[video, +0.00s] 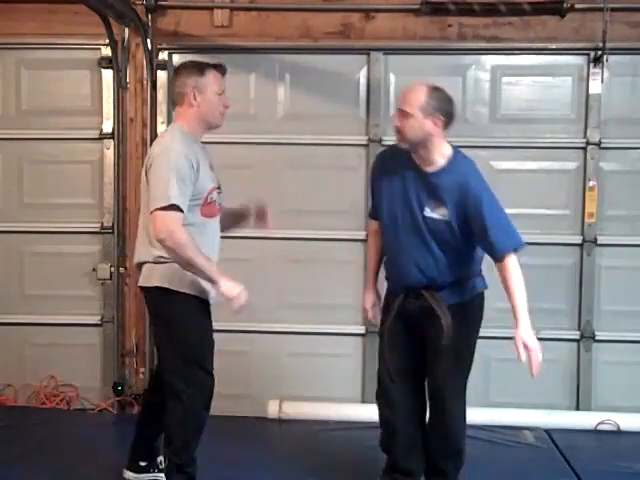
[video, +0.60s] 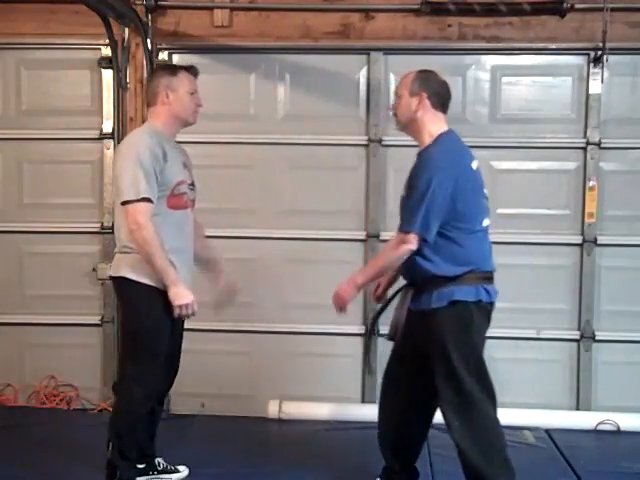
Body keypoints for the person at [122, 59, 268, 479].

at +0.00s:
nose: (227, 104)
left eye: (226, 95)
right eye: (221, 95)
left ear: (193, 98)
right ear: (193, 96)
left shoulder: (192, 147)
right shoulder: (173, 147)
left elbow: (200, 216)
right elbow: (167, 228)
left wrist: (242, 217)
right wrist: (220, 278)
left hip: (183, 281)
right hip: (172, 282)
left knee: (171, 375)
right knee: (193, 380)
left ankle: (141, 463)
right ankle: (181, 472)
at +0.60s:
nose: (199, 102)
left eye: (198, 94)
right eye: (192, 94)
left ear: (171, 98)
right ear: (166, 97)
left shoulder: (176, 151)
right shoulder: (139, 146)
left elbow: (188, 223)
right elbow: (139, 224)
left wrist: (216, 268)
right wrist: (173, 283)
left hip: (167, 283)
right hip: (140, 281)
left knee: (160, 375)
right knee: (141, 377)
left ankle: (143, 459)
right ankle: (125, 467)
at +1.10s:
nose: (171, 98)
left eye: (168, 90)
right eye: (163, 90)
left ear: (141, 98)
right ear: (136, 97)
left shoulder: (152, 149)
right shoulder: (120, 148)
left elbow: (163, 222)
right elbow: (112, 228)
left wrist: (180, 278)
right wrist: (139, 291)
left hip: (158, 287)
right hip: (136, 289)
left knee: (147, 384)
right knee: (139, 386)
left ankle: (125, 468)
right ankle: (117, 471)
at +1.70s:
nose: (207, 111)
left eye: (205, 103)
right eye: (199, 103)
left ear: (171, 110)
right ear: (170, 108)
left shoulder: (159, 153)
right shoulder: (187, 140)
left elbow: (217, 223)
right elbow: (250, 186)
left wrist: (271, 196)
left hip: (163, 286)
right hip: (191, 283)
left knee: (164, 382)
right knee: (256, 371)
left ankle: (118, 470)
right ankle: (316, 466)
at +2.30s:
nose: (309, 120)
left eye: (308, 112)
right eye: (304, 112)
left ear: (264, 114)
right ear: (279, 112)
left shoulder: (235, 172)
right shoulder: (290, 137)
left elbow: (228, 252)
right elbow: (369, 144)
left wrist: (281, 252)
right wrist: (352, 169)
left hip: (260, 307)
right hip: (307, 298)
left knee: (260, 387)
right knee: (357, 400)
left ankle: (204, 467)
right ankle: (342, 474)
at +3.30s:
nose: (295, 100)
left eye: (293, 92)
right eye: (288, 93)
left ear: (255, 101)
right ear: (259, 98)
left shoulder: (246, 143)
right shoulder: (266, 125)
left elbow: (296, 221)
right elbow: (351, 139)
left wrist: (338, 190)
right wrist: (364, 154)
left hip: (238, 284)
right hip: (258, 286)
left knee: (249, 384)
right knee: (298, 397)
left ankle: (202, 467)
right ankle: (281, 475)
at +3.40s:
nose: (306, 100)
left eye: (304, 91)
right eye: (299, 91)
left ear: (267, 99)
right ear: (270, 96)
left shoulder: (258, 137)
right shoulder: (275, 127)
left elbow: (302, 221)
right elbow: (360, 151)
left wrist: (346, 176)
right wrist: (374, 154)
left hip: (251, 283)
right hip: (267, 284)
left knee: (278, 382)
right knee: (303, 393)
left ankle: (231, 443)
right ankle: (284, 475)